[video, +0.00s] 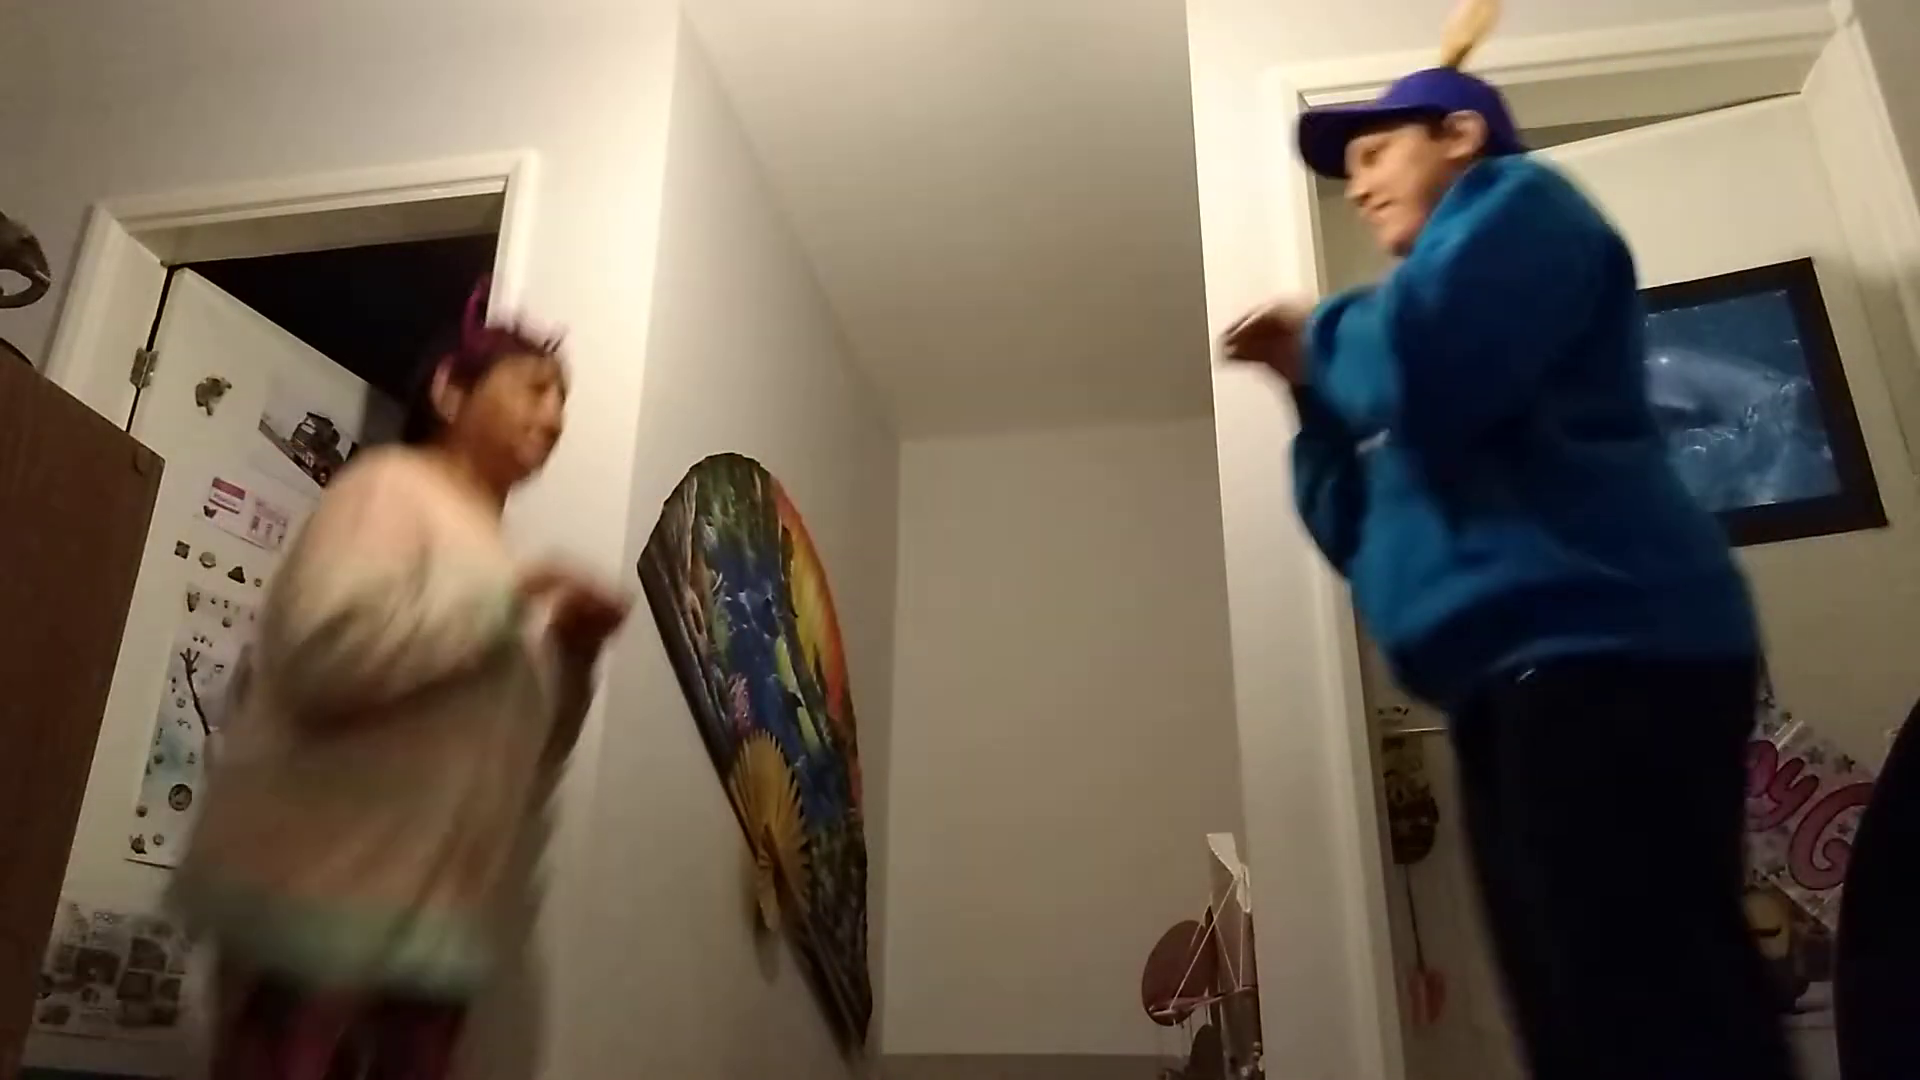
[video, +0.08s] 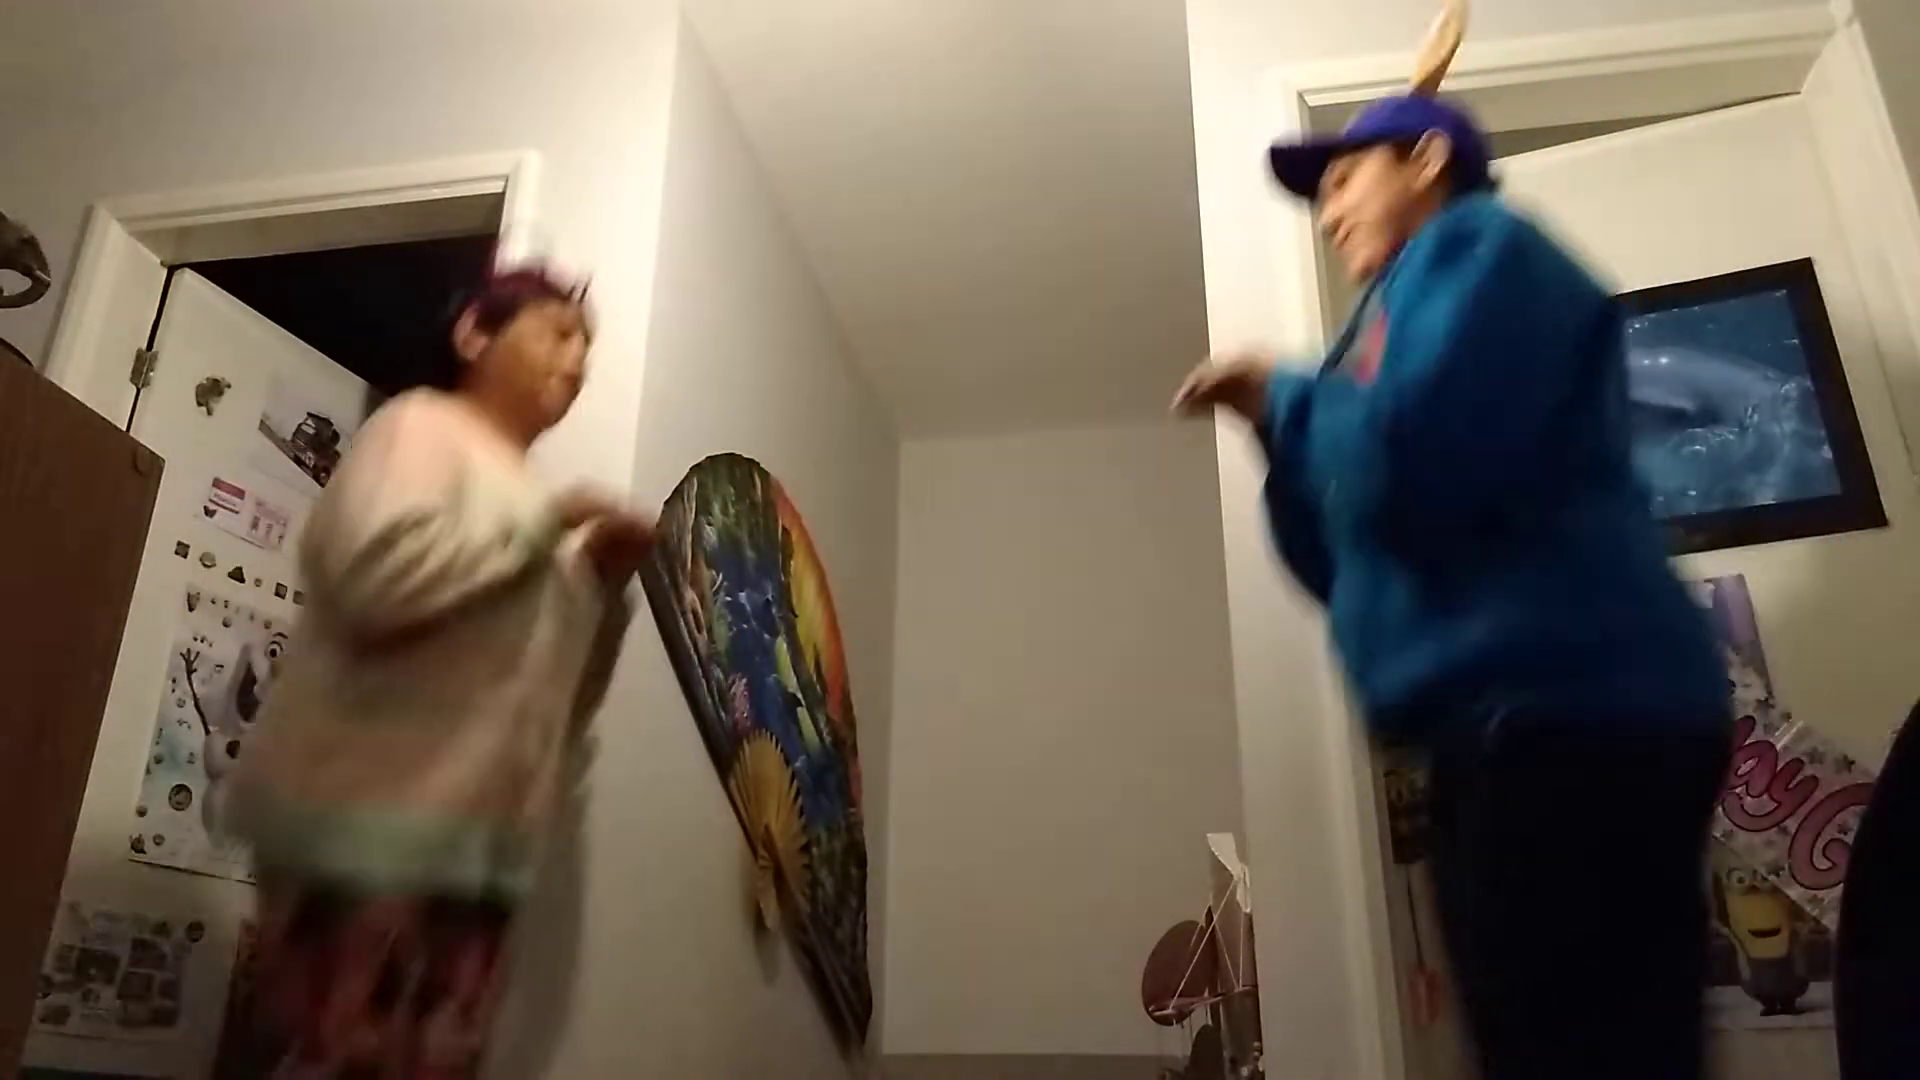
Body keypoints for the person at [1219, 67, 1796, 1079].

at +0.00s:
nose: (1357, 185)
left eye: (1375, 151)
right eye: (1349, 171)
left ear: (1460, 135)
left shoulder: (1525, 205)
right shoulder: (1418, 311)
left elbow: (1428, 354)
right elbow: (1356, 533)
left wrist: (1314, 336)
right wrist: (1306, 387)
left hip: (1613, 653)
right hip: (1503, 684)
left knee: (1638, 993)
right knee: (1561, 1002)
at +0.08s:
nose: (1326, 209)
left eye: (1346, 175)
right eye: (1321, 193)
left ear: (1427, 158)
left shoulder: (1490, 250)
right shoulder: (1371, 333)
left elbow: (1413, 473)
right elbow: (1336, 567)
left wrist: (1275, 392)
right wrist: (1274, 417)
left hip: (1580, 713)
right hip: (1482, 728)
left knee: (1584, 1038)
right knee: (1526, 1040)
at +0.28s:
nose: (1247, 237)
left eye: (1261, 204)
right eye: (1243, 214)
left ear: (1337, 180)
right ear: (1331, 189)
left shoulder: (1402, 248)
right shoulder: (1322, 322)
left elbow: (1302, 410)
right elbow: (1229, 548)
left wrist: (1209, 347)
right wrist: (1223, 394)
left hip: (1462, 737)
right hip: (1383, 746)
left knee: (1453, 1041)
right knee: (1389, 1039)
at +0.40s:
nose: (1176, 214)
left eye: (1189, 179)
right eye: (1172, 194)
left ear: (1262, 151)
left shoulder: (1328, 209)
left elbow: (1206, 352)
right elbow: (1182, 531)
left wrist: (1147, 313)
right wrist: (1170, 362)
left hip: (1385, 655)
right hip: (1313, 669)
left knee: (1337, 1000)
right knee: (1328, 1002)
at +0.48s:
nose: (1131, 247)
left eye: (1143, 210)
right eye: (1126, 227)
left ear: (1214, 182)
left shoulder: (1280, 252)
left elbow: (1186, 422)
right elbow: (1155, 574)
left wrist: (1114, 363)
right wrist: (1119, 410)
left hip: (1342, 684)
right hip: (1283, 695)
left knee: (1260, 1020)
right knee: (1301, 1022)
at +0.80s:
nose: (1062, 254)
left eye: (1070, 224)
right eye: (1058, 236)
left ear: (1131, 192)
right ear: (1150, 197)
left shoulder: (1173, 246)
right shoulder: (1232, 291)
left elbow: (1075, 397)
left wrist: (1011, 367)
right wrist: (1045, 367)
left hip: (1180, 683)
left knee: (1138, 1023)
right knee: (1195, 1026)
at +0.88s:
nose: (1033, 252)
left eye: (1044, 223)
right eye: (1031, 234)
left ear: (1099, 195)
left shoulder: (1143, 248)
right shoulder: (1245, 345)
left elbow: (1028, 442)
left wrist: (990, 391)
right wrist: (1008, 392)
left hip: (1173, 675)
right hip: (1290, 689)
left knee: (1140, 1024)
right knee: (1212, 1025)